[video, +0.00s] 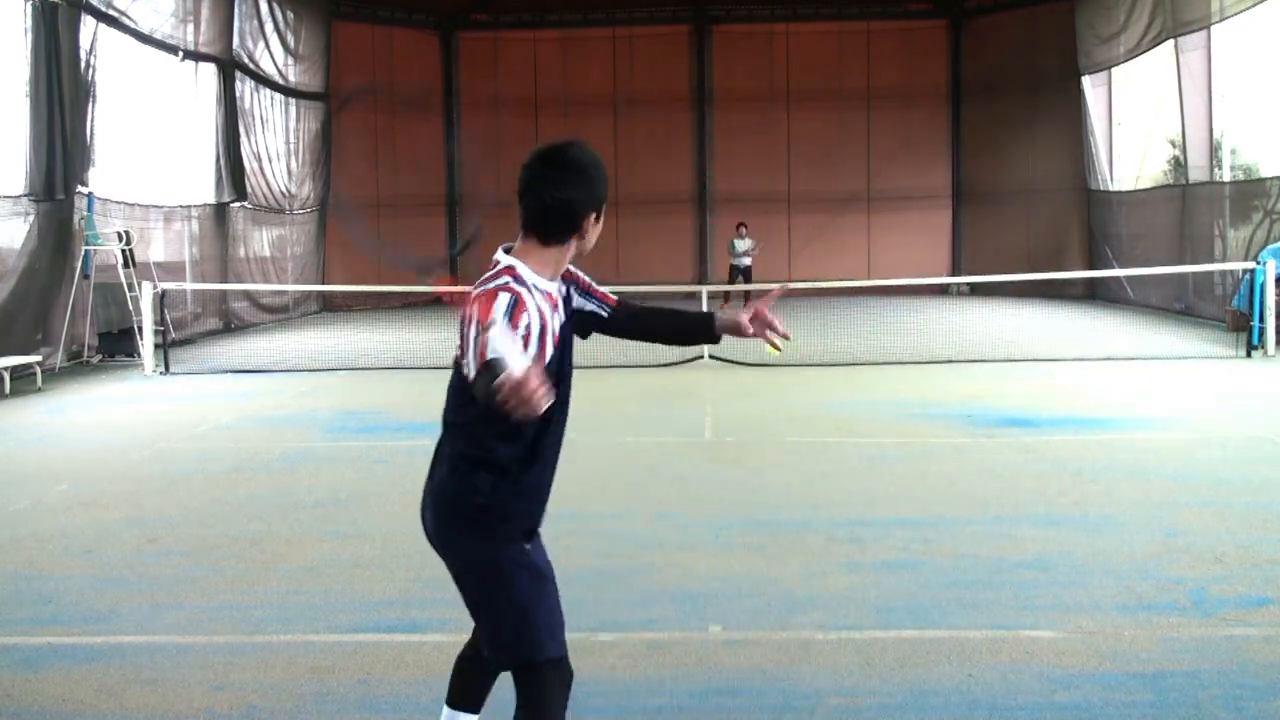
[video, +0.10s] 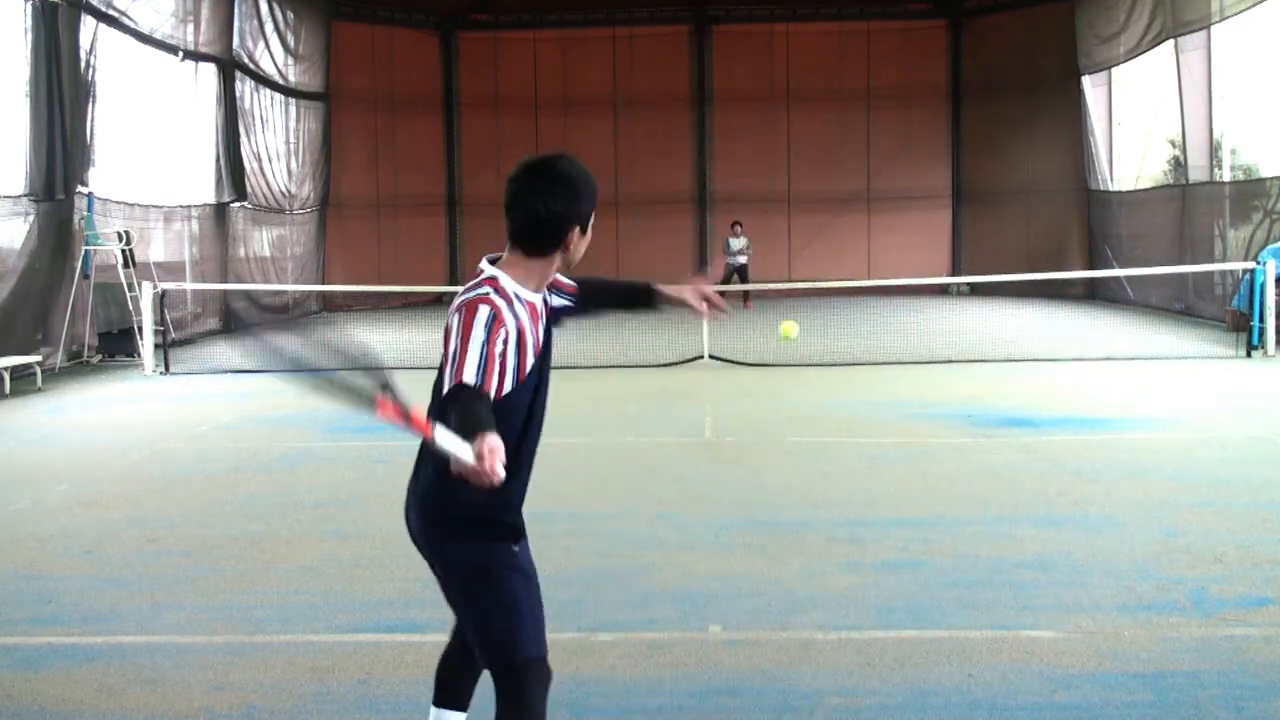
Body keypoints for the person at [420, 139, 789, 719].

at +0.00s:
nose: (599, 227)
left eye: (600, 214)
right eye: (601, 214)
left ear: (526, 208)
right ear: (586, 225)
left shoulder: (558, 283)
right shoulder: (504, 298)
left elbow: (630, 319)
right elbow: (491, 370)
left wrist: (730, 323)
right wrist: (511, 393)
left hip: (494, 508)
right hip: (481, 517)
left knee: (497, 634)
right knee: (547, 679)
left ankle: (454, 717)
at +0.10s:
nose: (588, 237)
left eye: (588, 225)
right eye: (589, 226)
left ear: (513, 217)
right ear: (575, 236)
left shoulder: (530, 289)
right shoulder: (487, 308)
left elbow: (588, 294)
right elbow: (465, 393)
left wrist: (667, 293)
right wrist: (483, 436)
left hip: (457, 500)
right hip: (472, 516)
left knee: (478, 626)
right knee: (526, 674)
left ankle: (445, 716)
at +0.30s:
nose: (540, 206)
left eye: (540, 194)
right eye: (536, 196)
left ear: (472, 197)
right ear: (503, 206)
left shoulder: (406, 246)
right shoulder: (516, 289)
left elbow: (395, 210)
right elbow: (573, 340)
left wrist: (462, 196)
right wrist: (634, 300)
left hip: (432, 481)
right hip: (503, 487)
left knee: (433, 622)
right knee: (512, 637)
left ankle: (426, 719)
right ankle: (483, 719)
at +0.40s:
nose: (528, 194)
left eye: (528, 181)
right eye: (527, 182)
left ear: (449, 179)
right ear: (505, 193)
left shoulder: (404, 248)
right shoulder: (525, 268)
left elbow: (349, 247)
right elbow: (535, 250)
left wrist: (371, 176)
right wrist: (506, 208)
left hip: (436, 473)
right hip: (516, 473)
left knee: (435, 618)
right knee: (521, 623)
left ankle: (424, 716)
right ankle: (501, 715)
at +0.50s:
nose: (518, 192)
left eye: (516, 181)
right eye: (517, 181)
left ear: (441, 187)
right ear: (505, 191)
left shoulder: (408, 264)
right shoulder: (531, 252)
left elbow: (347, 313)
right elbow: (491, 205)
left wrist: (321, 224)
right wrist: (416, 170)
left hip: (440, 474)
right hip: (520, 471)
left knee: (436, 623)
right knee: (532, 624)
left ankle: (426, 718)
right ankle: (519, 715)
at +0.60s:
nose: (512, 189)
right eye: (512, 181)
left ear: (437, 191)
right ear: (506, 192)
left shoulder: (420, 278)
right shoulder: (531, 250)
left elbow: (364, 369)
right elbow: (452, 233)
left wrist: (319, 305)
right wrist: (367, 207)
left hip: (448, 478)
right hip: (528, 473)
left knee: (435, 632)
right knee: (533, 627)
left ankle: (427, 719)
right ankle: (532, 715)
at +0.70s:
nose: (513, 186)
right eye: (513, 177)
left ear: (440, 186)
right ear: (509, 185)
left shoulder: (429, 269)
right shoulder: (536, 247)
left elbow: (420, 385)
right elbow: (459, 281)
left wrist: (339, 343)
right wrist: (369, 289)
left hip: (459, 478)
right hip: (535, 471)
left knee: (443, 632)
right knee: (531, 620)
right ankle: (535, 717)